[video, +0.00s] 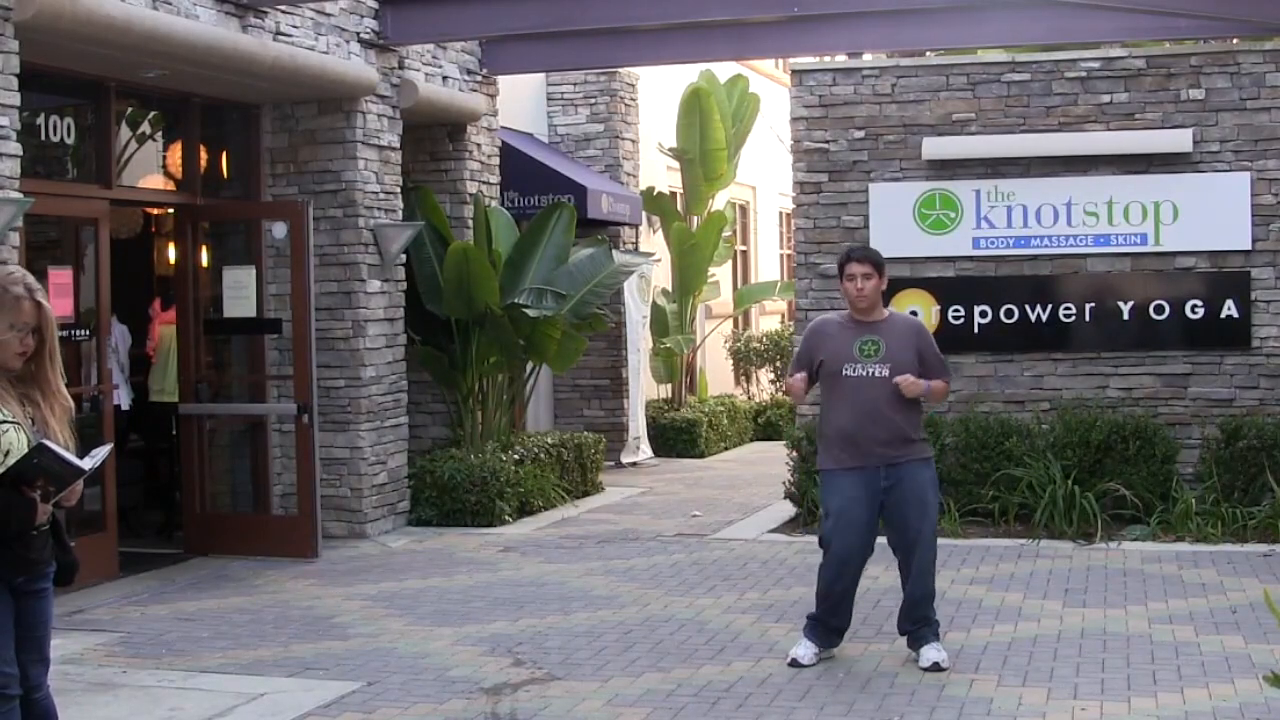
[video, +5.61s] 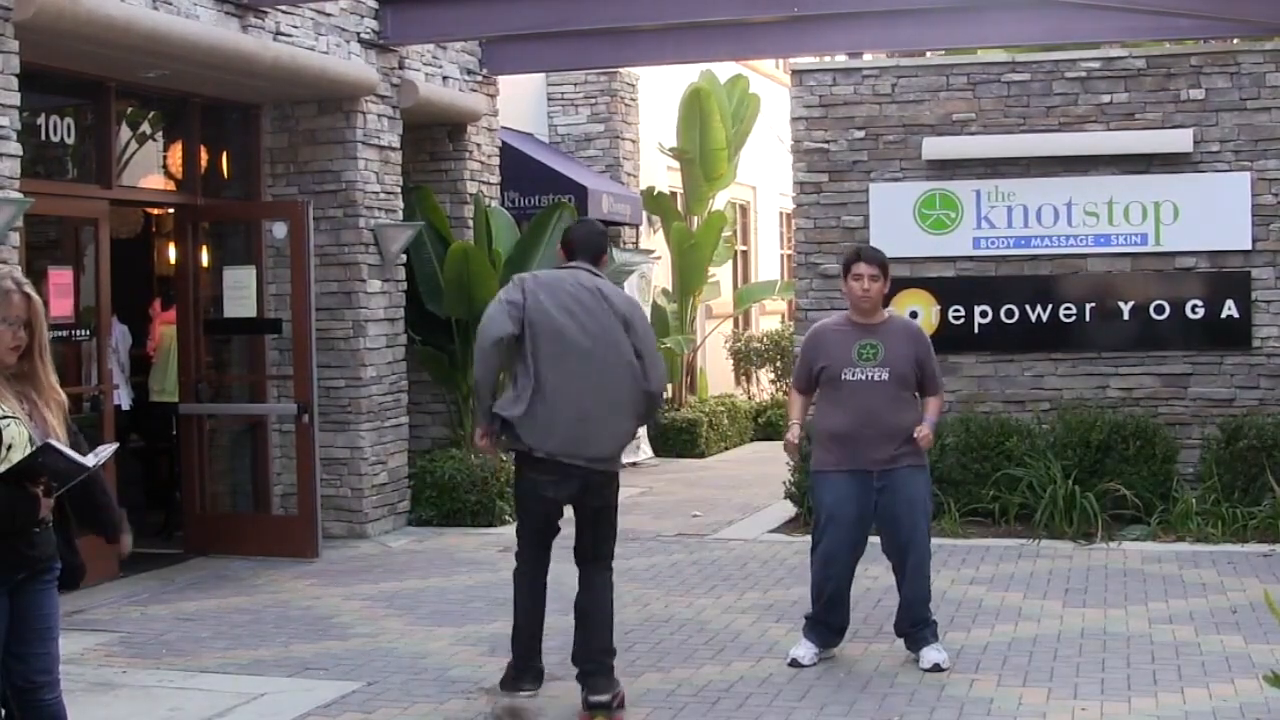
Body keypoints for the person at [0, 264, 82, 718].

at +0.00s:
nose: (27, 341)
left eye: (33, 330)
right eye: (15, 330)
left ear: (41, 333)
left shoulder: (45, 396)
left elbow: (62, 472)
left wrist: (69, 492)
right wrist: (24, 506)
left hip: (36, 561)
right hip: (3, 561)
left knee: (35, 684)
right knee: (8, 688)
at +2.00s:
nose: (3, 334)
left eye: (9, 323)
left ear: (20, 330)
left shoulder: (34, 395)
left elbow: (52, 475)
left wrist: (60, 485)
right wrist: (7, 504)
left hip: (29, 568)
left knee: (52, 703)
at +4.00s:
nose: (12, 338)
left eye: (21, 328)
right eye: (4, 326)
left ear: (31, 332)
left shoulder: (42, 396)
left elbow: (61, 473)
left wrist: (69, 487)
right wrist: (25, 503)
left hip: (36, 566)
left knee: (41, 699)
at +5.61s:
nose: (18, 335)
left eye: (25, 325)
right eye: (8, 323)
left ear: (34, 331)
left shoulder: (41, 394)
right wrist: (26, 504)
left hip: (36, 562)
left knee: (40, 696)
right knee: (15, 698)